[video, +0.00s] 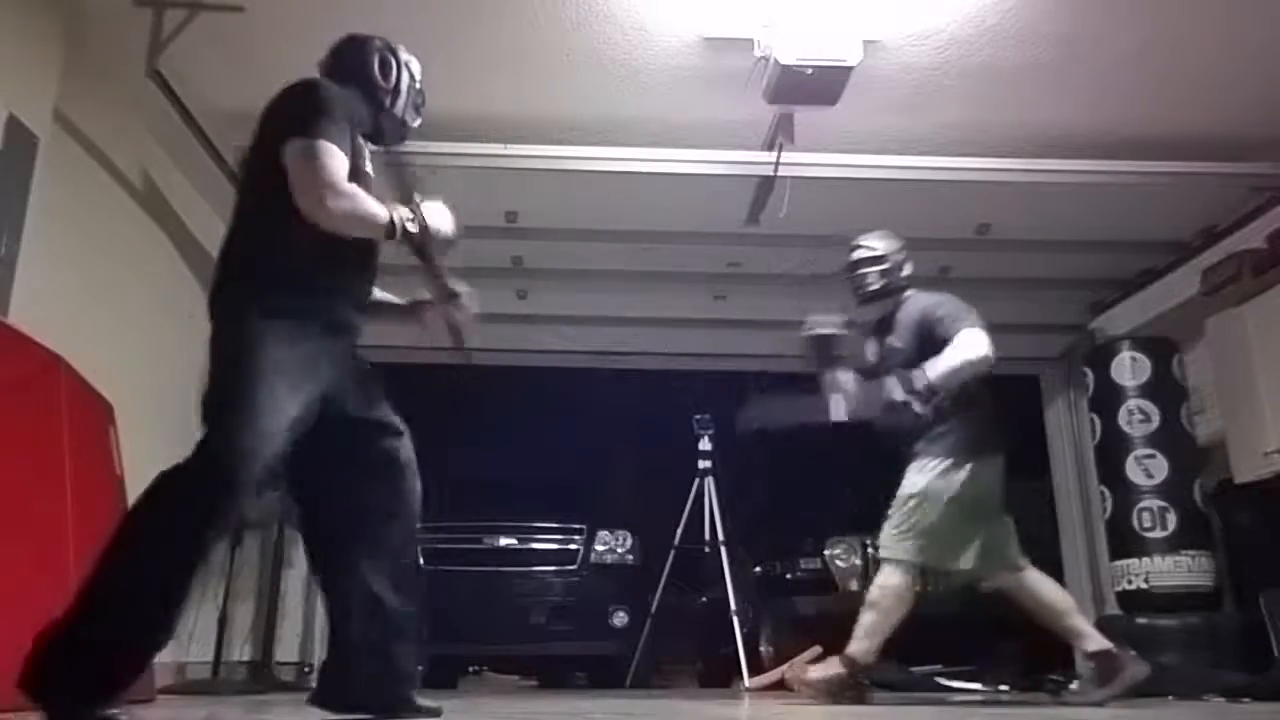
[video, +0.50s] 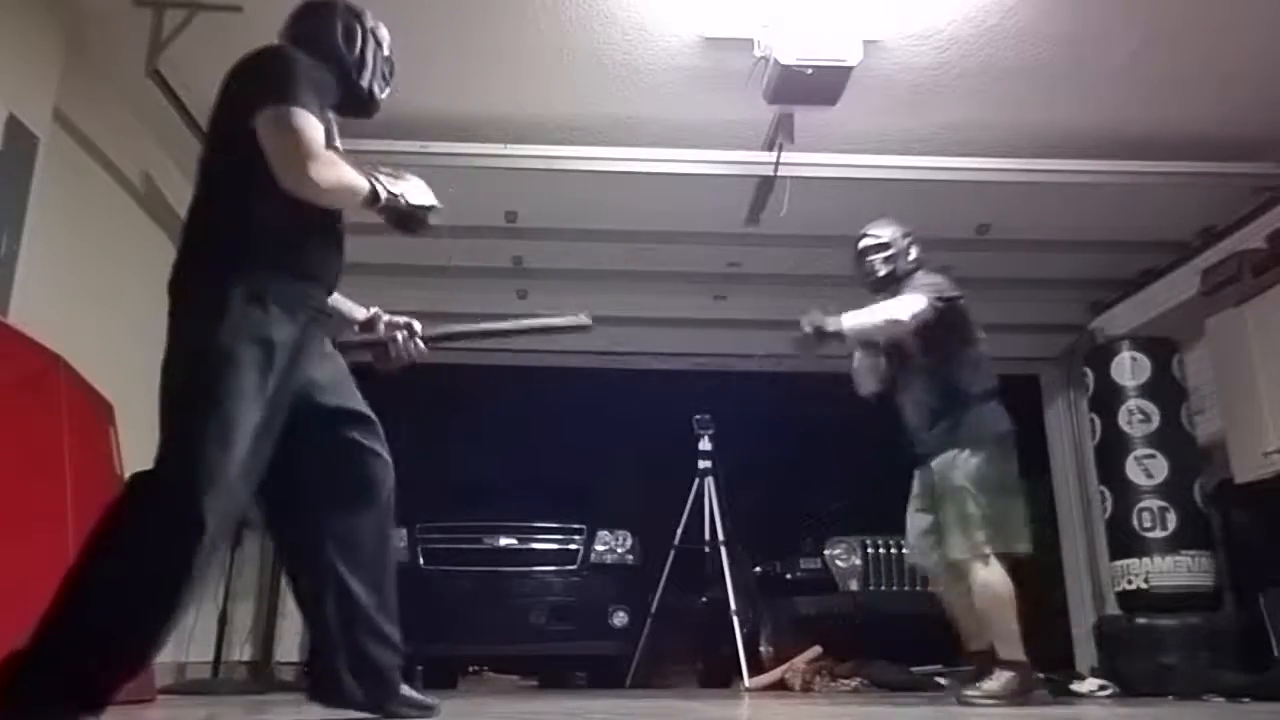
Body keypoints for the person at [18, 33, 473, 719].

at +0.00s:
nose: (406, 118)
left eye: (410, 106)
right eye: (404, 100)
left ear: (367, 83)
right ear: (377, 78)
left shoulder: (356, 155)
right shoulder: (316, 101)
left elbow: (337, 291)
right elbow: (324, 199)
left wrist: (419, 309)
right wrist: (406, 222)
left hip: (332, 342)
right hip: (273, 327)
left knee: (379, 479)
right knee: (232, 472)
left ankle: (369, 681)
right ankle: (69, 677)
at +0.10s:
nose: (407, 120)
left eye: (411, 108)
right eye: (406, 103)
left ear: (370, 90)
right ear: (384, 83)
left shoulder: (355, 166)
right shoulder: (323, 101)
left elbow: (345, 294)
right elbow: (312, 192)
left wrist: (431, 327)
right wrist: (399, 227)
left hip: (336, 342)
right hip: (278, 324)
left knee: (387, 481)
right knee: (252, 462)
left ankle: (372, 681)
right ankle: (68, 665)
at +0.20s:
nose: (407, 118)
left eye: (409, 106)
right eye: (403, 100)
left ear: (366, 87)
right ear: (376, 81)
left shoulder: (345, 163)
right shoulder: (319, 95)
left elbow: (333, 299)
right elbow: (316, 173)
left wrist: (408, 347)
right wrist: (412, 207)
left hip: (331, 343)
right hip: (275, 324)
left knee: (377, 485)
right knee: (241, 488)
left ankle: (375, 685)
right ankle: (54, 683)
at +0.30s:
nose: (387, 114)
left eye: (391, 105)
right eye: (387, 97)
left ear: (344, 71)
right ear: (364, 70)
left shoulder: (332, 148)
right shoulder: (301, 85)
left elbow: (311, 296)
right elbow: (329, 169)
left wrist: (383, 347)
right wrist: (417, 193)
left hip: (317, 337)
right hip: (259, 316)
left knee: (365, 492)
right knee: (221, 496)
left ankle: (371, 688)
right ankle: (49, 691)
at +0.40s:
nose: (376, 91)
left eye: (379, 80)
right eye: (374, 74)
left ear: (330, 51)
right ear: (349, 50)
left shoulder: (309, 124)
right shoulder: (287, 72)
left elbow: (285, 271)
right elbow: (324, 164)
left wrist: (363, 331)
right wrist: (413, 195)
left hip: (304, 333)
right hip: (241, 312)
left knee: (353, 486)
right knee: (199, 502)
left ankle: (363, 684)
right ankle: (44, 693)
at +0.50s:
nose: (370, 85)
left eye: (374, 73)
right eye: (369, 67)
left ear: (322, 40)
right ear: (347, 43)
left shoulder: (307, 113)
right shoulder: (282, 68)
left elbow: (285, 264)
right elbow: (303, 165)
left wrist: (366, 322)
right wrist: (382, 191)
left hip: (299, 325)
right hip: (240, 306)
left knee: (353, 476)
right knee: (194, 496)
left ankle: (361, 677)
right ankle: (47, 691)